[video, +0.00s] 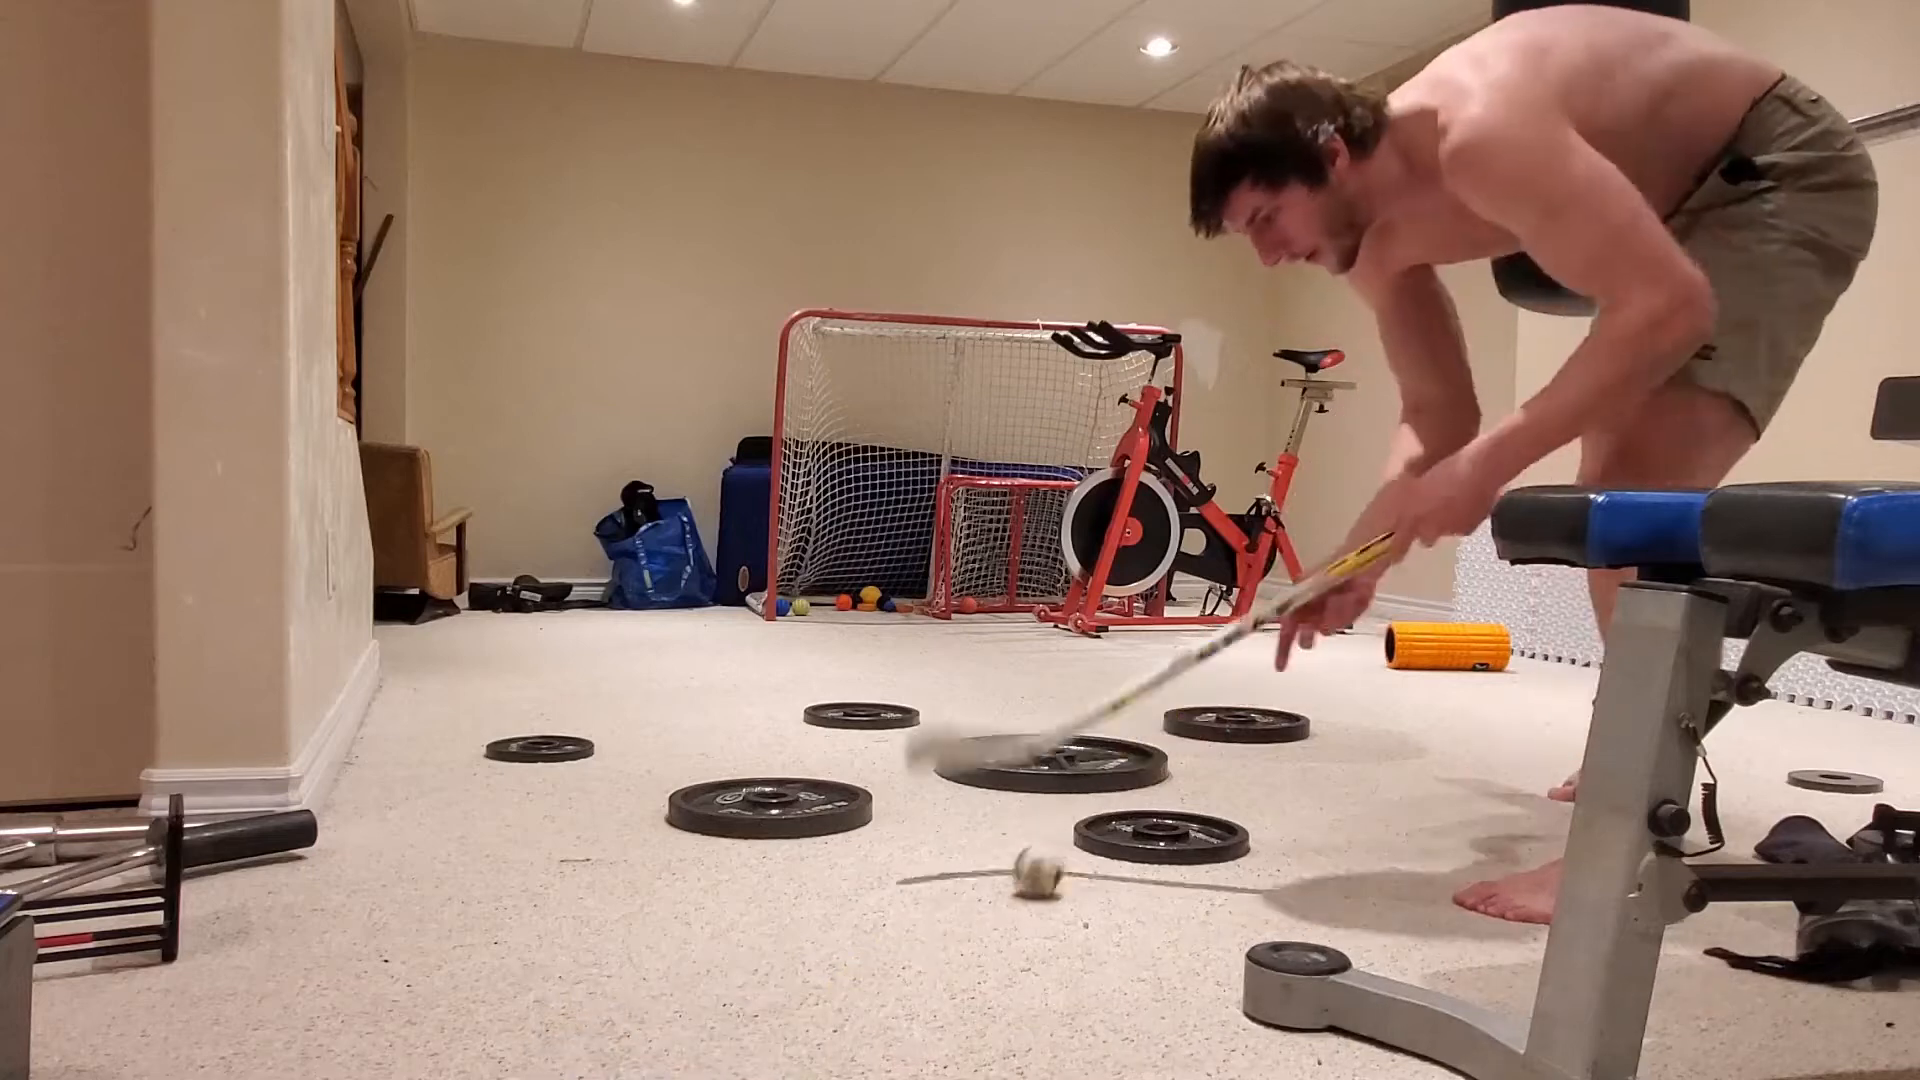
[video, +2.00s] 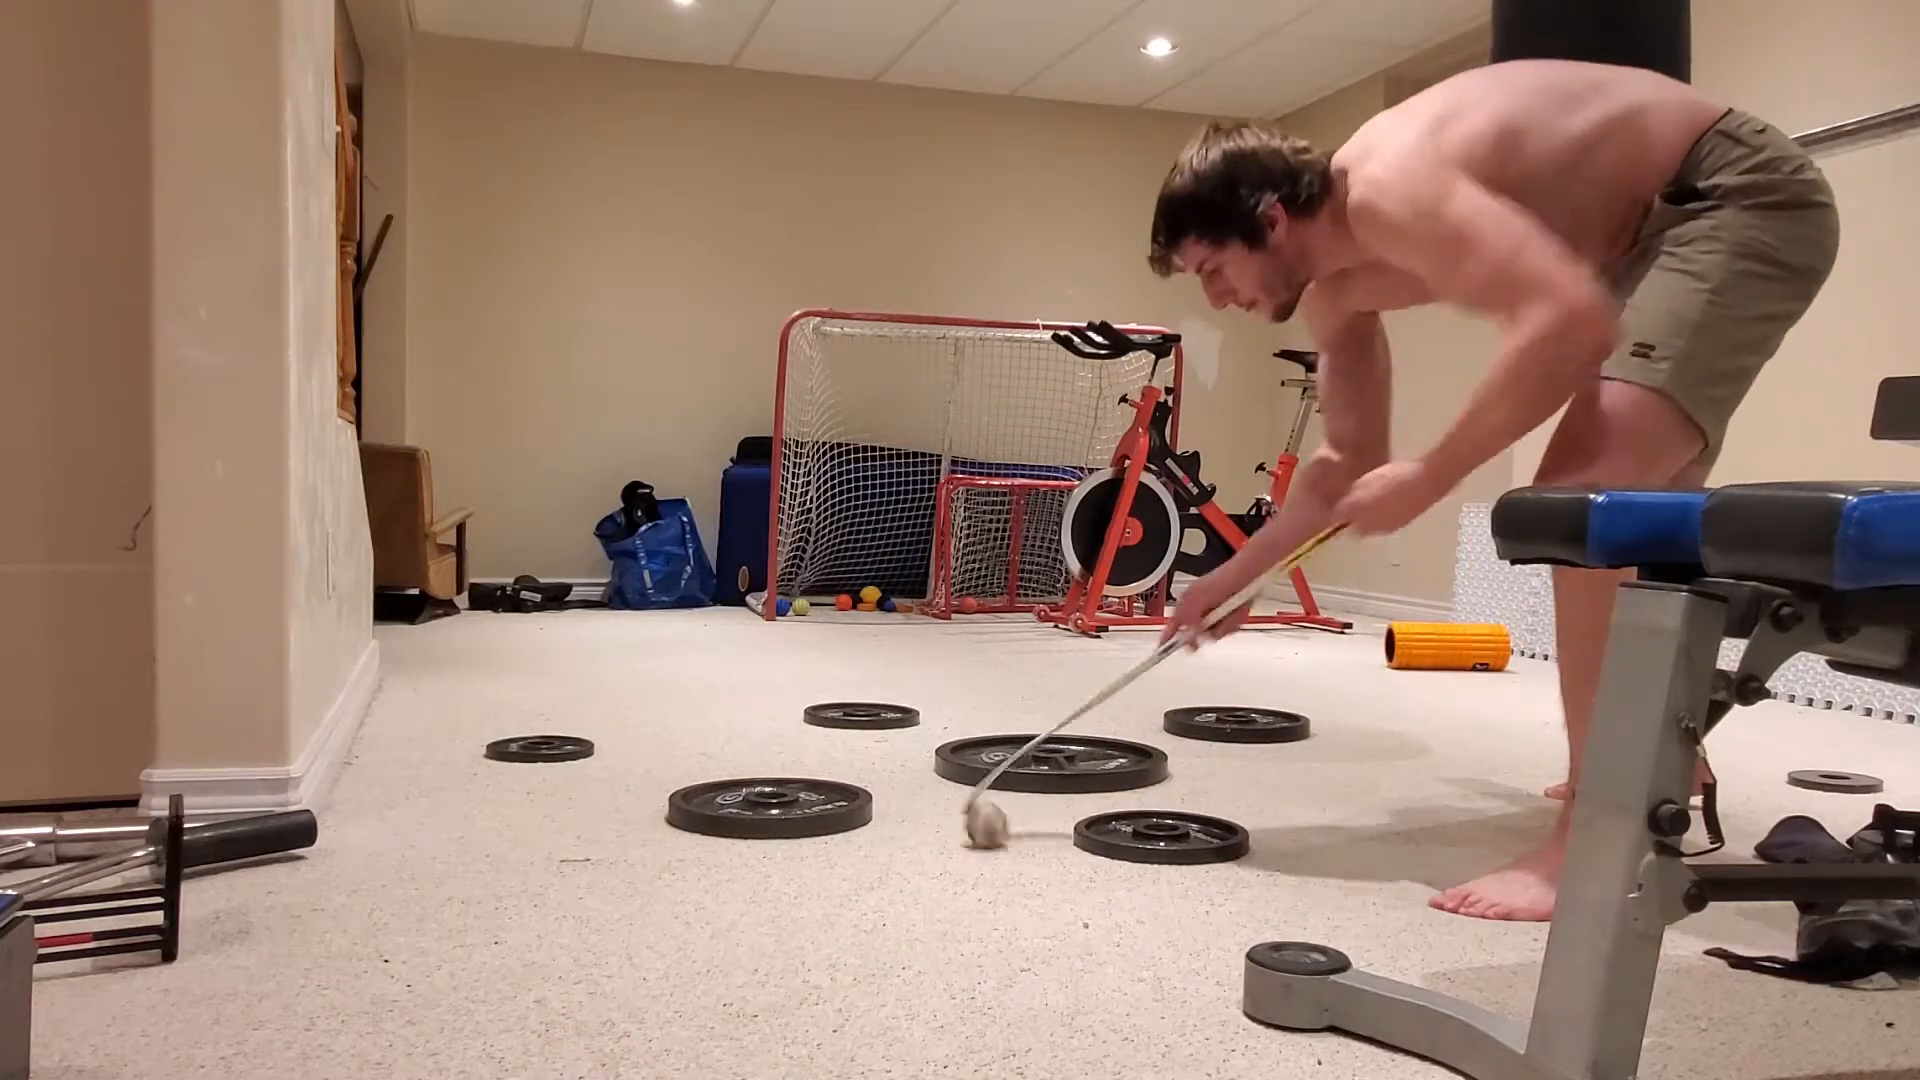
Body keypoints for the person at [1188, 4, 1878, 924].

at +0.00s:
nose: (1268, 255)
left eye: (1266, 220)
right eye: (1249, 239)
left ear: (1327, 153)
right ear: (1328, 162)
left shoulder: (1485, 135)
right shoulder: (1375, 240)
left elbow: (1667, 306)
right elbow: (1434, 415)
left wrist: (1486, 466)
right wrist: (1359, 561)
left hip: (1775, 167)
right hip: (1666, 210)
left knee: (1638, 504)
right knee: (1610, 495)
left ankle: (1626, 845)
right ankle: (1643, 752)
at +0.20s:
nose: (1274, 235)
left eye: (1273, 199)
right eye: (1255, 218)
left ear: (1335, 134)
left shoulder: (1487, 117)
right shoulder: (1383, 228)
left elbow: (1714, 231)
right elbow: (1461, 394)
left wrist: (1583, 442)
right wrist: (1430, 535)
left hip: (1789, 166)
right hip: (1661, 212)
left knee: (1642, 512)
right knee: (1598, 498)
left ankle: (1631, 847)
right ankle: (1652, 754)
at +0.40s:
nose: (1281, 250)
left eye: (1275, 214)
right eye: (1263, 237)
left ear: (1329, 149)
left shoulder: (1478, 118)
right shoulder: (1394, 255)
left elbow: (1729, 157)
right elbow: (1518, 390)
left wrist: (1648, 374)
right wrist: (1542, 512)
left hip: (1788, 172)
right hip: (1675, 233)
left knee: (1685, 484)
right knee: (1642, 483)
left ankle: (1643, 833)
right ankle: (1662, 761)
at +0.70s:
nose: (1297, 303)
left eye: (1282, 278)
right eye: (1278, 292)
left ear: (1314, 222)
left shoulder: (1422, 178)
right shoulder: (1448, 286)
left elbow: (1623, 242)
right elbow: (1578, 407)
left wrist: (1594, 429)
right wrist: (1565, 571)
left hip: (1784, 187)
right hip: (1713, 234)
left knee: (1690, 500)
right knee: (1662, 495)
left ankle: (1639, 843)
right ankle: (1673, 786)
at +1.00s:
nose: (1345, 380)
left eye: (1326, 361)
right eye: (1326, 372)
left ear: (1345, 311)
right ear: (1353, 312)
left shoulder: (1419, 257)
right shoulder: (1482, 345)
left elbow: (1544, 359)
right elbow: (1528, 490)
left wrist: (1515, 534)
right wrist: (1441, 616)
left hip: (1777, 219)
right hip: (1749, 236)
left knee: (1635, 521)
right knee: (1642, 515)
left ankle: (1632, 841)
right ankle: (1677, 771)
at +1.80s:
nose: (1242, 321)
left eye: (1231, 295)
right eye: (1226, 308)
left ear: (1277, 243)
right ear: (1279, 250)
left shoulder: (1376, 194)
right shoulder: (1385, 307)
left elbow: (1510, 316)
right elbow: (1414, 481)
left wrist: (1409, 499)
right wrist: (1320, 612)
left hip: (1741, 195)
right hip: (1694, 229)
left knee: (1582, 494)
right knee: (1653, 512)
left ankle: (1594, 836)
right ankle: (1673, 777)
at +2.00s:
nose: (1217, 300)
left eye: (1213, 270)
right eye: (1201, 284)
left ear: (1268, 219)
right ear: (1266, 226)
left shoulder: (1394, 193)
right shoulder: (1338, 290)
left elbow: (1575, 321)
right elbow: (1345, 463)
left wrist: (1429, 476)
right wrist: (1233, 577)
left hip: (1740, 193)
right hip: (1657, 238)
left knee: (1578, 496)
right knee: (1628, 508)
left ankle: (1595, 835)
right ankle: (1670, 760)